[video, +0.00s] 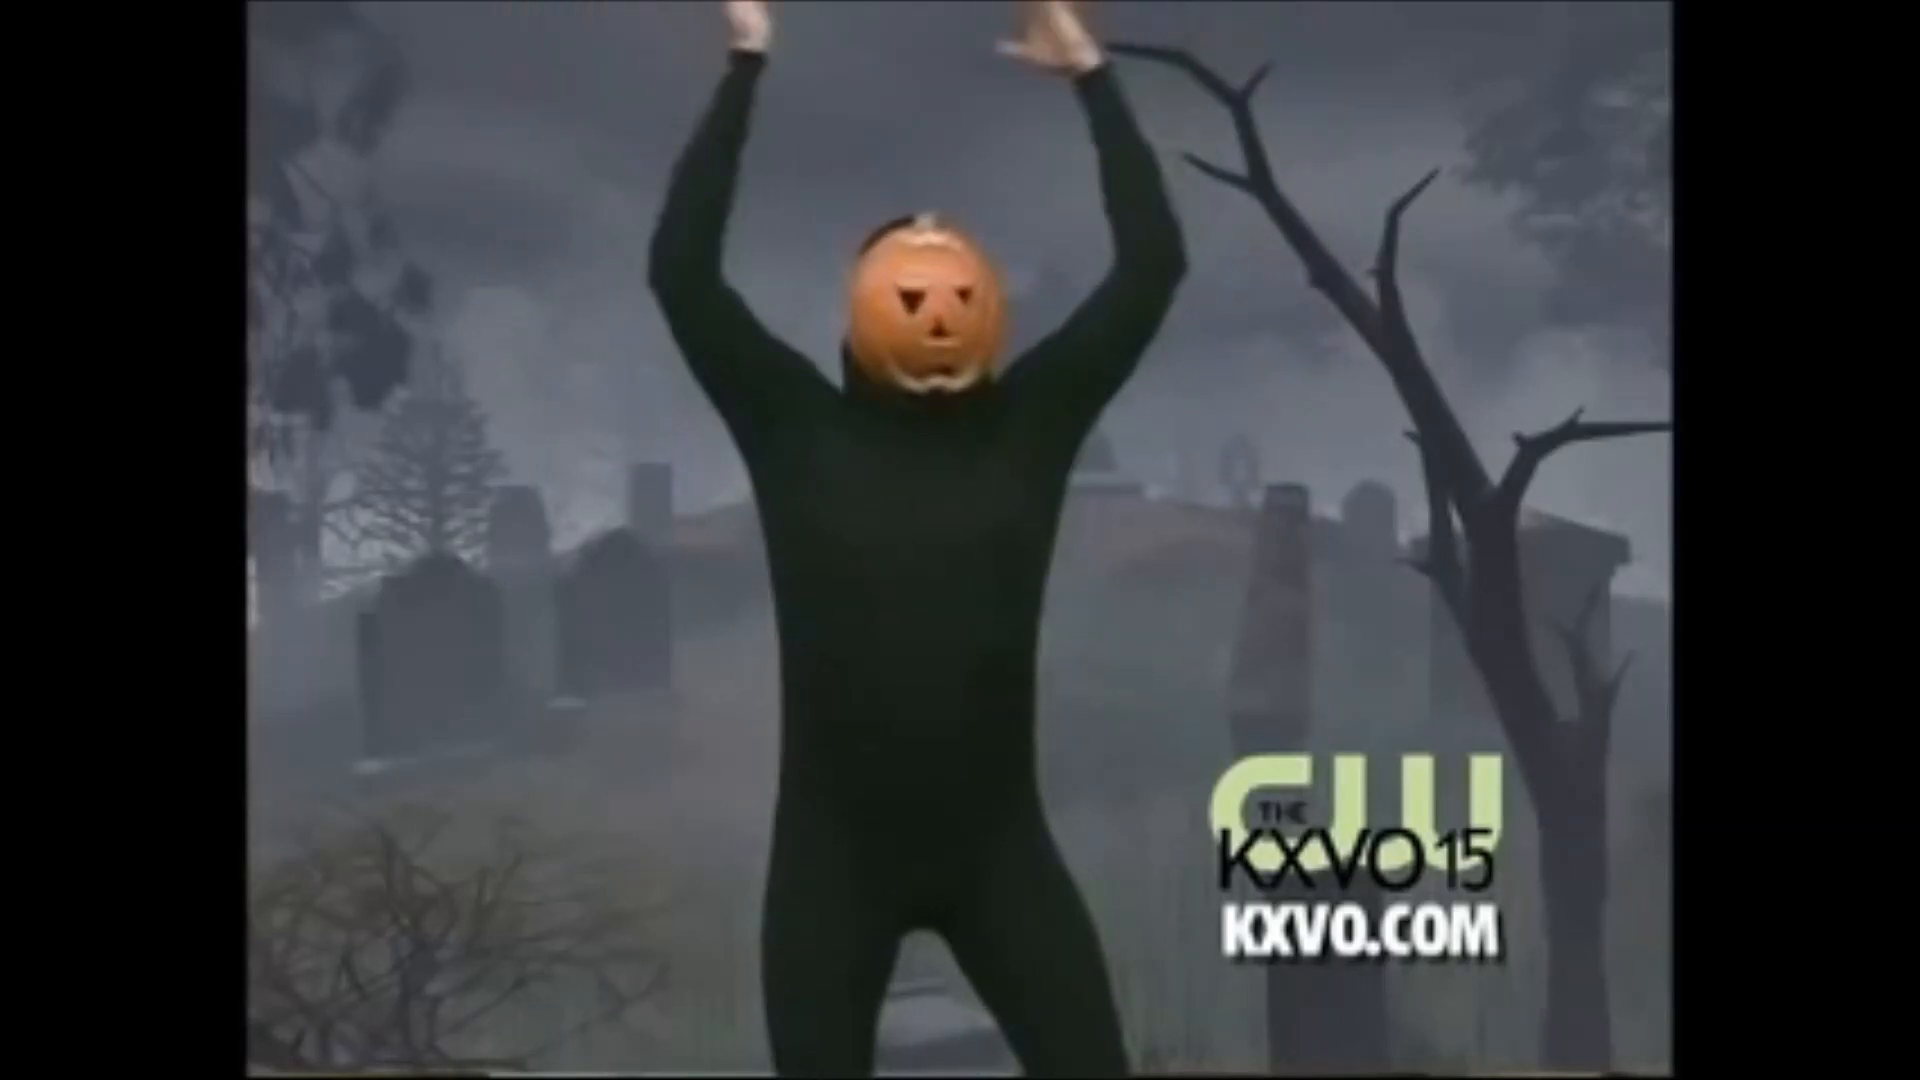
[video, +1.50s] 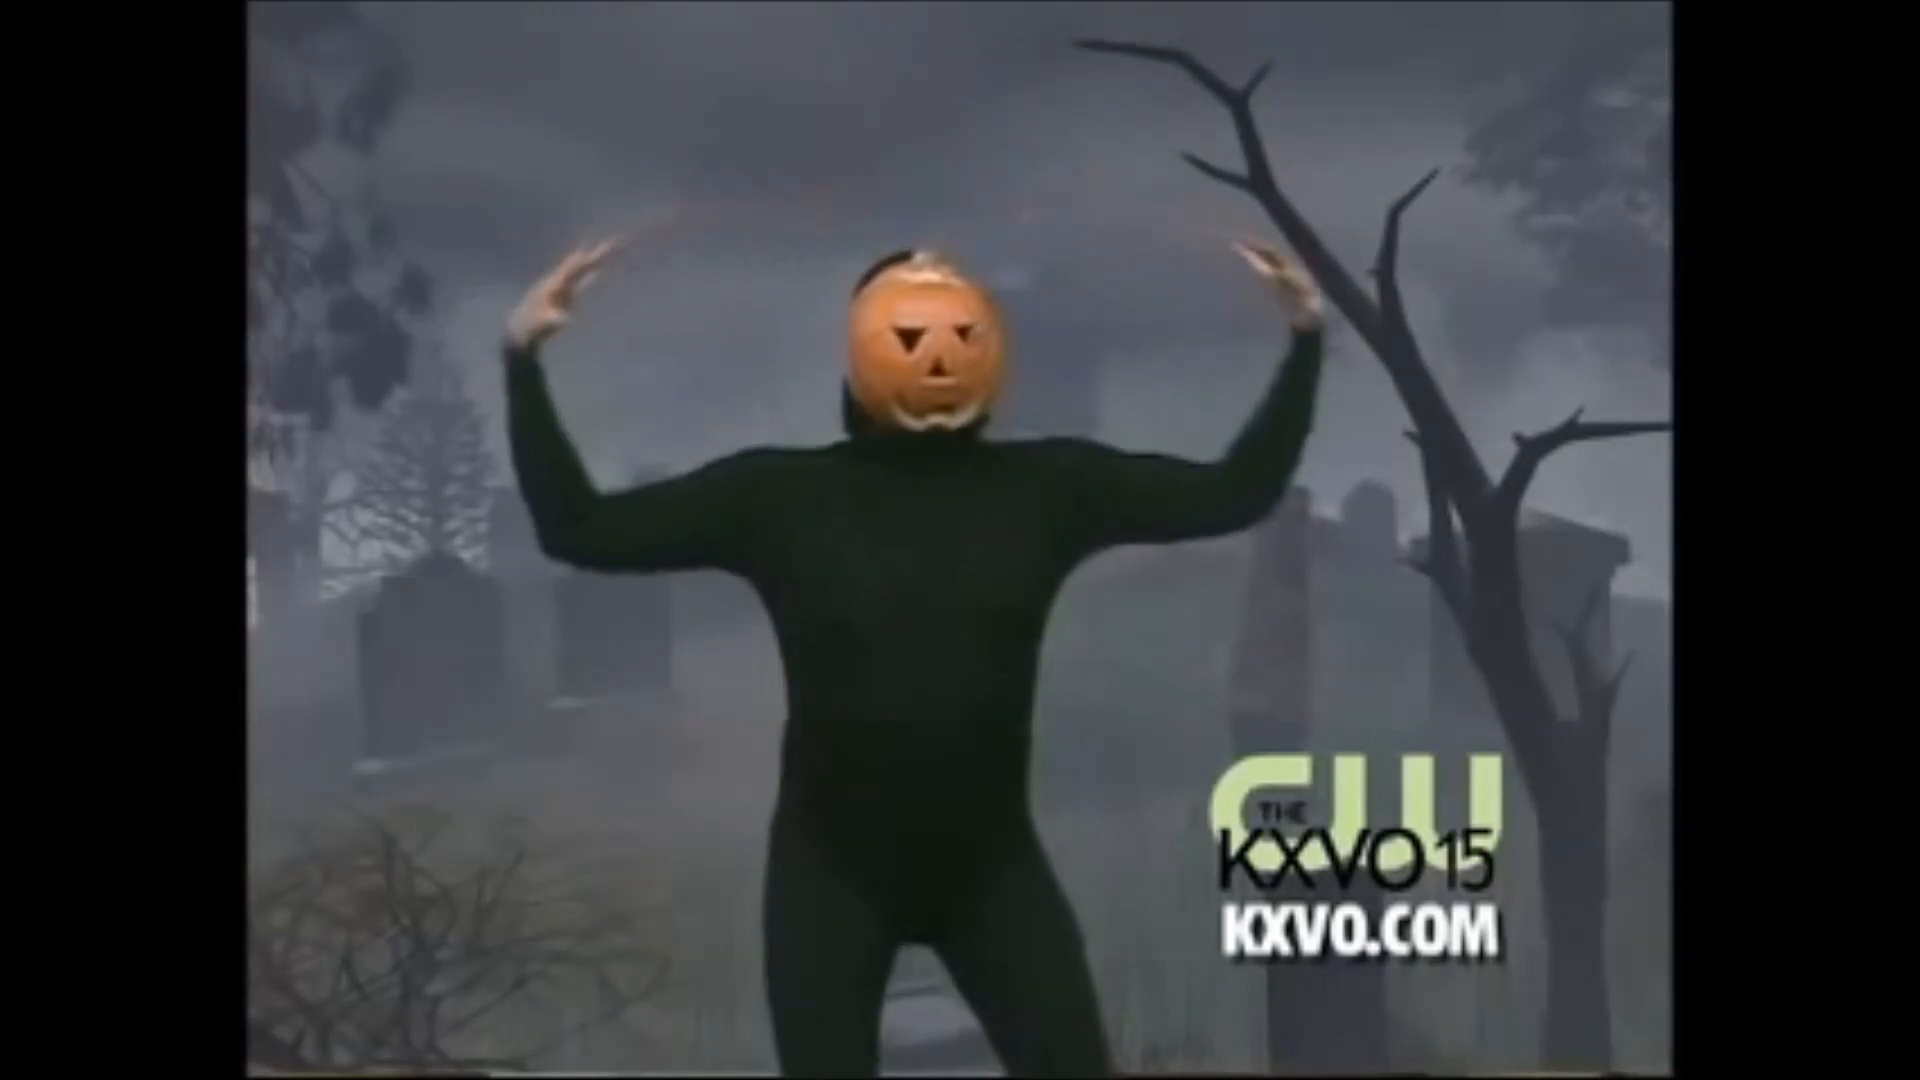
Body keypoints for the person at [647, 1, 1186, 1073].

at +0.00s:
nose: (934, 298)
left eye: (960, 286)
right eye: (901, 284)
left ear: (998, 328)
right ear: (853, 330)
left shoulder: (1033, 425)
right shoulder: (791, 422)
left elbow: (1151, 260)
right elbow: (682, 267)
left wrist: (1090, 71)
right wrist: (744, 62)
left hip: (999, 845)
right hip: (831, 851)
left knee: (1091, 1066)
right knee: (817, 1066)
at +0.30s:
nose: (939, 324)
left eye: (965, 309)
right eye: (906, 305)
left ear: (1001, 350)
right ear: (854, 350)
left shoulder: (1037, 446)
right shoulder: (794, 449)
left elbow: (1163, 303)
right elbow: (675, 312)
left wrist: (1064, 137)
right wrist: (797, 125)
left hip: (997, 852)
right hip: (832, 857)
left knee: (1090, 1067)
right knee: (818, 1068)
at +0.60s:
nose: (945, 337)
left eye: (969, 321)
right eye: (913, 321)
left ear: (1004, 352)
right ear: (858, 357)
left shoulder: (1046, 461)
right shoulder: (791, 460)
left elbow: (1202, 338)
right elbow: (643, 349)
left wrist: (1106, 195)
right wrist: (757, 190)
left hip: (997, 854)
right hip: (834, 859)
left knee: (1085, 1065)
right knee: (822, 1067)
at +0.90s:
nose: (943, 346)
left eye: (967, 328)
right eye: (911, 328)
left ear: (1002, 358)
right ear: (858, 358)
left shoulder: (1049, 465)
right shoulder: (783, 471)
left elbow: (1221, 372)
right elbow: (610, 396)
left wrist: (1169, 230)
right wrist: (683, 229)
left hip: (998, 861)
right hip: (835, 868)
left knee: (1083, 1065)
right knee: (825, 1068)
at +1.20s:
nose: (941, 354)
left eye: (966, 333)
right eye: (909, 333)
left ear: (1002, 361)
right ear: (855, 361)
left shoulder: (1053, 474)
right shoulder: (779, 482)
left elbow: (1236, 421)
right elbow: (590, 444)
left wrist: (1229, 266)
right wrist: (616, 271)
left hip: (997, 865)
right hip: (834, 874)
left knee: (1083, 1066)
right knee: (827, 1073)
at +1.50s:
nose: (937, 352)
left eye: (964, 331)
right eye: (903, 330)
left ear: (998, 364)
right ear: (853, 365)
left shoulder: (1053, 487)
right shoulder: (775, 494)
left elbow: (1239, 493)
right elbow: (580, 530)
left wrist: (1306, 341)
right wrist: (523, 360)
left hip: (992, 866)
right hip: (829, 873)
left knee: (1076, 1066)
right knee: (824, 1070)